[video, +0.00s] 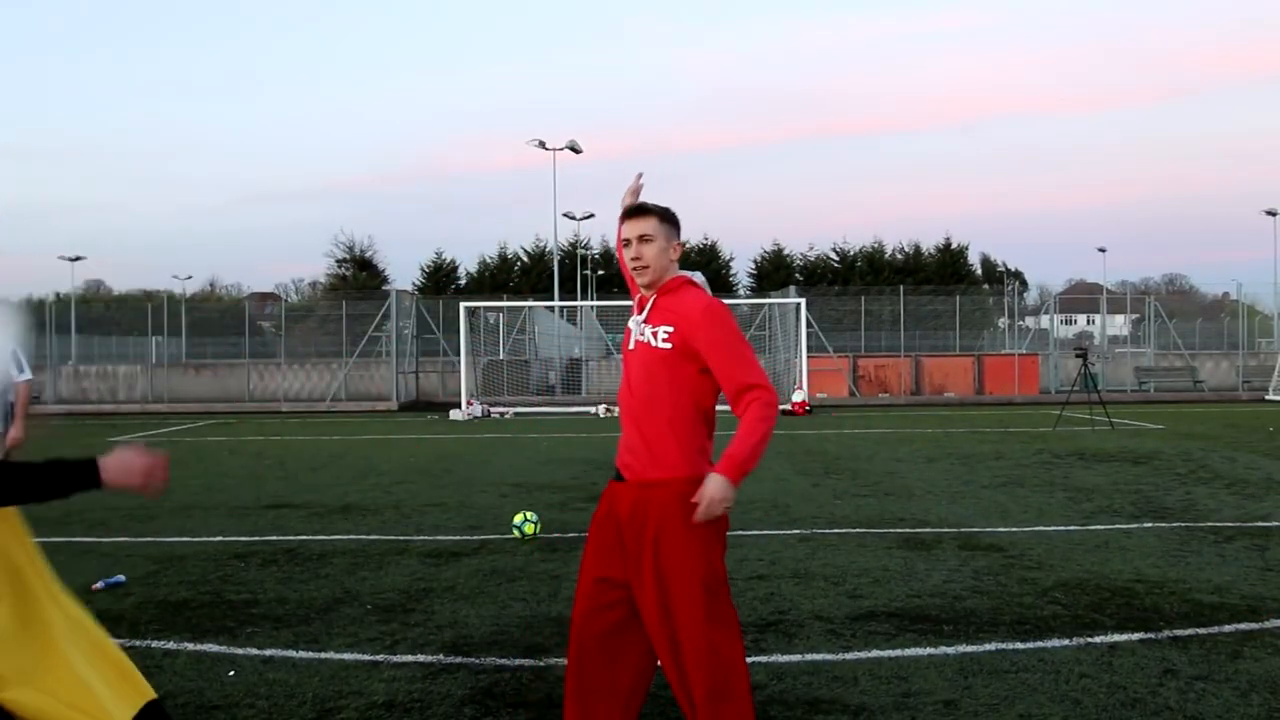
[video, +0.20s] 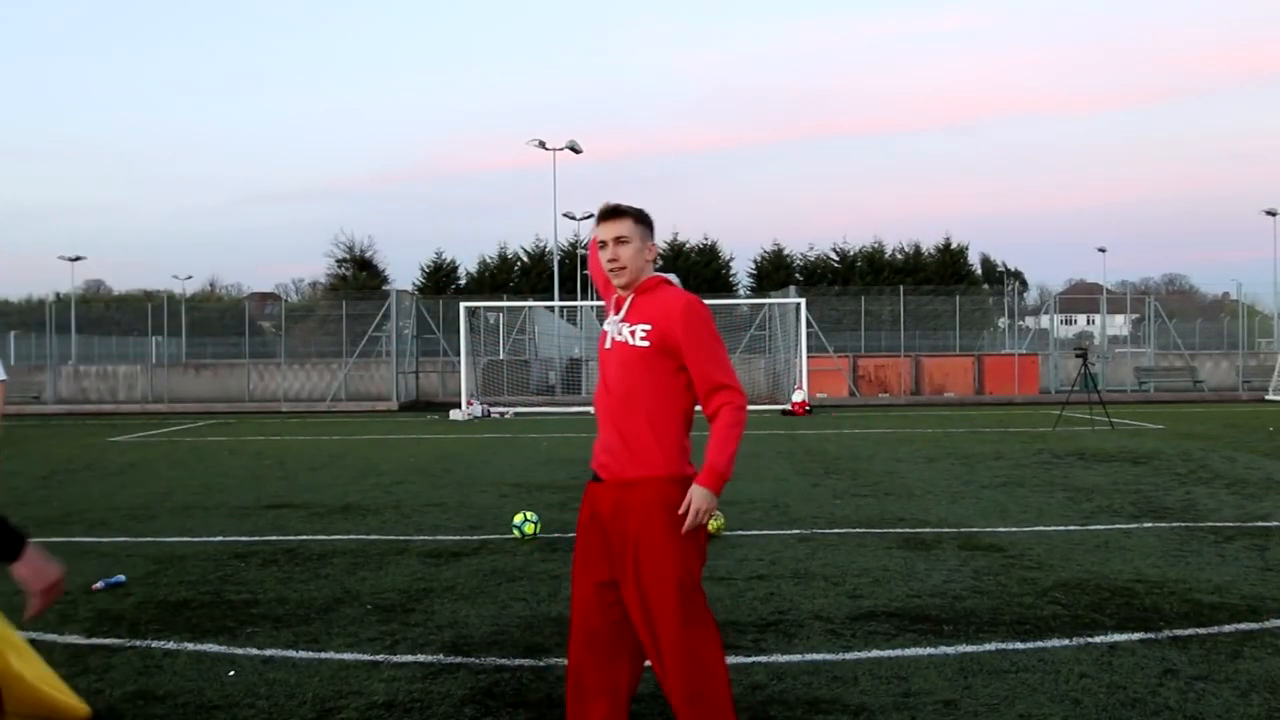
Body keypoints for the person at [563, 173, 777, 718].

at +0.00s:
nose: (634, 253)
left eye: (645, 241)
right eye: (627, 245)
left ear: (675, 248)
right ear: (626, 256)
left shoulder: (698, 308)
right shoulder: (647, 303)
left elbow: (759, 400)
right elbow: (629, 263)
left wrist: (728, 475)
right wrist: (625, 218)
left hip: (679, 505)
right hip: (624, 501)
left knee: (703, 655)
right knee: (596, 646)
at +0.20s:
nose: (611, 255)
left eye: (622, 242)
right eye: (601, 247)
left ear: (651, 250)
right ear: (597, 256)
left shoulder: (679, 307)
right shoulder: (618, 305)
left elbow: (728, 403)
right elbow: (595, 262)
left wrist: (710, 482)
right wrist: (603, 235)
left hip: (659, 500)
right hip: (604, 498)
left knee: (683, 649)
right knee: (595, 652)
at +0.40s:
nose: (587, 256)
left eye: (598, 244)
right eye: (579, 248)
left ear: (626, 249)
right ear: (578, 257)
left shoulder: (658, 304)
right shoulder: (594, 306)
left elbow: (709, 394)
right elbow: (575, 303)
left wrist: (709, 481)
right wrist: (557, 286)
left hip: (639, 488)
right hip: (586, 488)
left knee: (634, 627)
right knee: (578, 634)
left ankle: (686, 714)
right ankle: (587, 717)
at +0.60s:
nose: (571, 255)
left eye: (582, 244)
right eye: (563, 248)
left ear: (611, 250)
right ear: (560, 257)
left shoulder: (644, 303)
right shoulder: (578, 311)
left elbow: (697, 390)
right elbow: (553, 337)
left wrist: (707, 478)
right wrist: (530, 349)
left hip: (627, 484)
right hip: (580, 485)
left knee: (608, 624)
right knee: (571, 627)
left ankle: (651, 715)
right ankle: (583, 717)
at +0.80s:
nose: (559, 257)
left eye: (570, 245)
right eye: (553, 249)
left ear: (601, 251)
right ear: (551, 258)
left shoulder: (635, 304)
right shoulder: (575, 311)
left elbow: (693, 391)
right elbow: (560, 369)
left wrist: (690, 476)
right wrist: (538, 402)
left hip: (620, 486)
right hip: (578, 486)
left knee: (612, 628)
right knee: (577, 626)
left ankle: (623, 715)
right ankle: (586, 713)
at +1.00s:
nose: (543, 263)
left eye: (552, 250)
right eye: (541, 253)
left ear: (590, 250)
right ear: (579, 254)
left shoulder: (628, 305)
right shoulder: (580, 309)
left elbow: (691, 397)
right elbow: (594, 401)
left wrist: (662, 478)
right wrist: (560, 457)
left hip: (614, 493)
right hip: (577, 493)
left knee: (603, 639)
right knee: (576, 638)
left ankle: (615, 716)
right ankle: (583, 715)